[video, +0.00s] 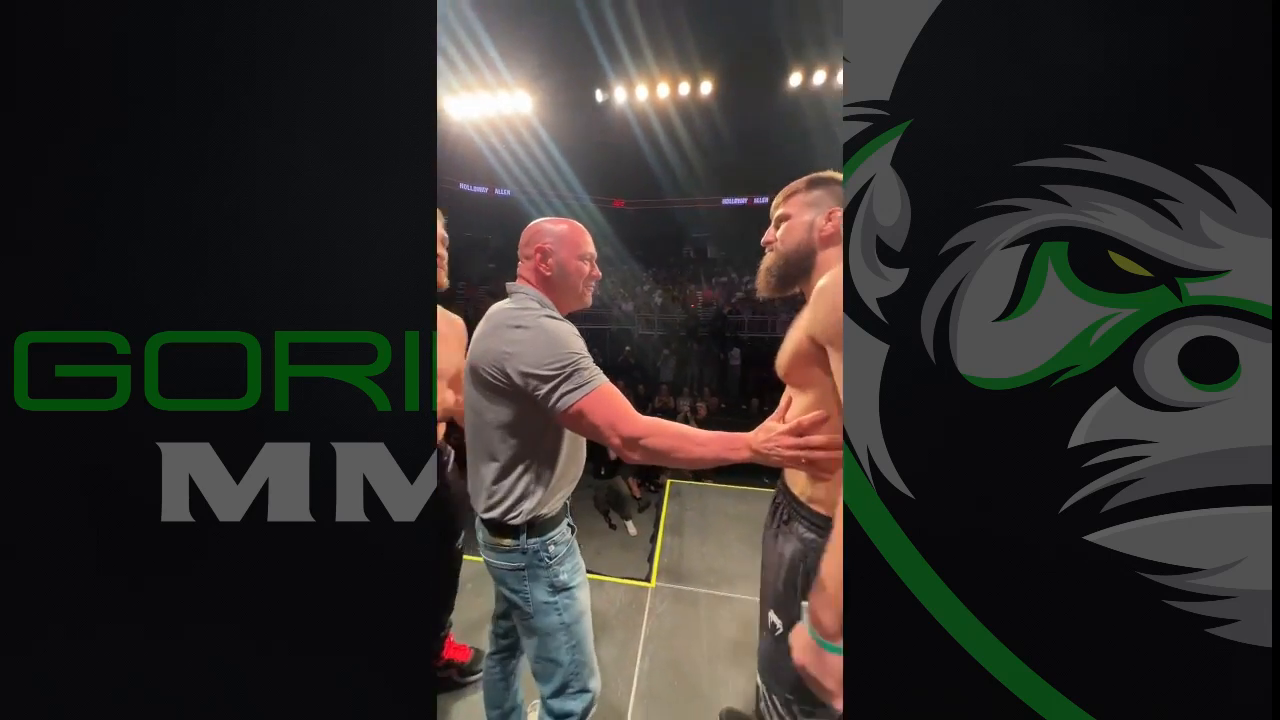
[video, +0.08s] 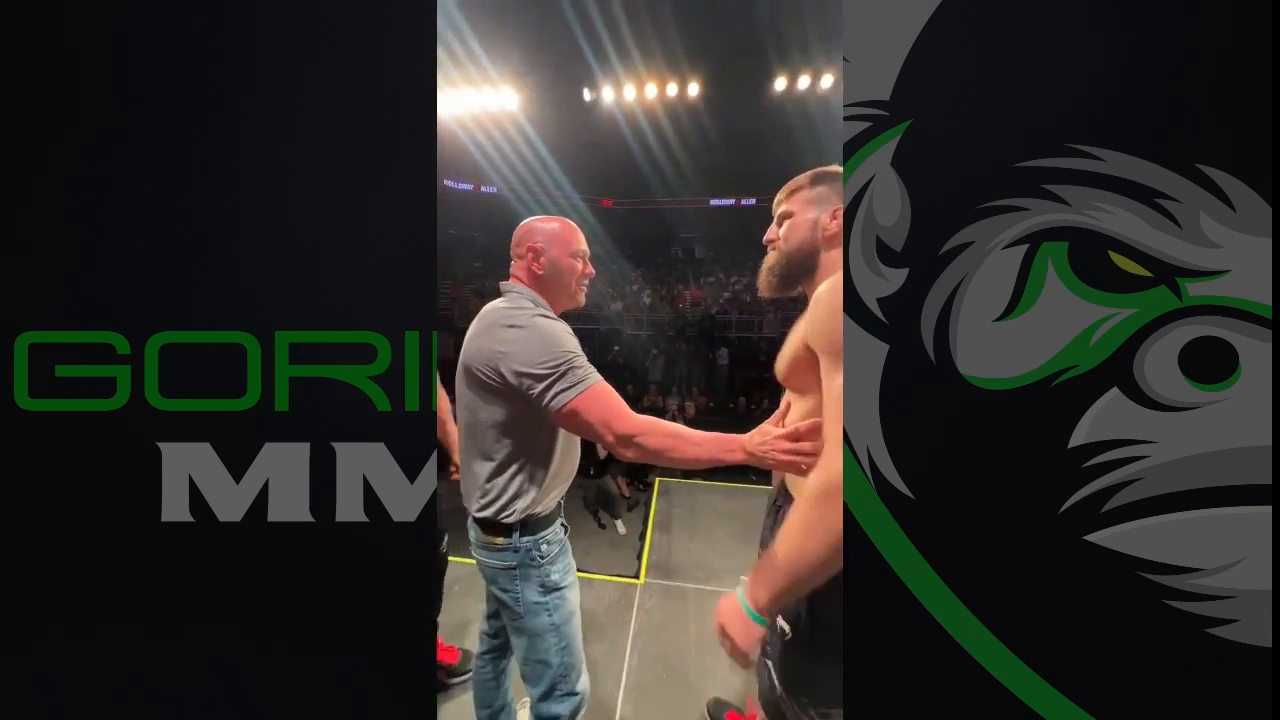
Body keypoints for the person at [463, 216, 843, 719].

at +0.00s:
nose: (596, 272)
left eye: (595, 261)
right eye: (585, 260)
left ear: (539, 262)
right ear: (542, 260)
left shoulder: (507, 318)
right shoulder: (539, 333)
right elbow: (631, 437)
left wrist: (625, 438)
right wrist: (752, 445)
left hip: (505, 529)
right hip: (534, 539)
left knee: (504, 649)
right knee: (572, 692)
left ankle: (503, 712)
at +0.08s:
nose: (590, 270)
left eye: (588, 259)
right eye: (578, 258)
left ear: (530, 262)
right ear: (532, 259)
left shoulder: (502, 318)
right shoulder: (530, 331)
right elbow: (626, 436)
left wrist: (610, 438)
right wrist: (746, 447)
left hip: (498, 527)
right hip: (525, 537)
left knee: (496, 646)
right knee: (560, 692)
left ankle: (492, 713)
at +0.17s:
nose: (583, 269)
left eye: (581, 258)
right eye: (572, 257)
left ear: (524, 260)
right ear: (525, 258)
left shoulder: (498, 318)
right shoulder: (523, 331)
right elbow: (620, 435)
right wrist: (741, 452)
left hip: (493, 528)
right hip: (517, 539)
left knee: (489, 645)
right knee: (551, 693)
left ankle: (480, 713)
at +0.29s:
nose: (569, 266)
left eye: (567, 254)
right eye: (557, 254)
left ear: (510, 257)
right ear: (510, 256)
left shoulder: (485, 316)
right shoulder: (510, 332)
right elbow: (609, 435)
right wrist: (736, 452)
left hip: (482, 529)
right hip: (507, 540)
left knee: (474, 640)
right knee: (540, 691)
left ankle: (457, 713)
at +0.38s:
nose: (563, 262)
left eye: (561, 250)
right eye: (550, 250)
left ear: (500, 254)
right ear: (502, 253)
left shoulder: (468, 315)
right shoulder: (504, 331)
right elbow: (603, 434)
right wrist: (725, 449)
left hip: (474, 528)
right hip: (504, 541)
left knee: (467, 632)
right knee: (534, 692)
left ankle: (446, 708)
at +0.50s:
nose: (558, 255)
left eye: (555, 241)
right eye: (544, 242)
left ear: (494, 249)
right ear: (495, 246)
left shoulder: (458, 309)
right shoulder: (497, 327)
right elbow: (601, 434)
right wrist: (718, 444)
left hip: (468, 529)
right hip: (502, 544)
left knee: (467, 622)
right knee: (523, 692)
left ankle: (433, 696)